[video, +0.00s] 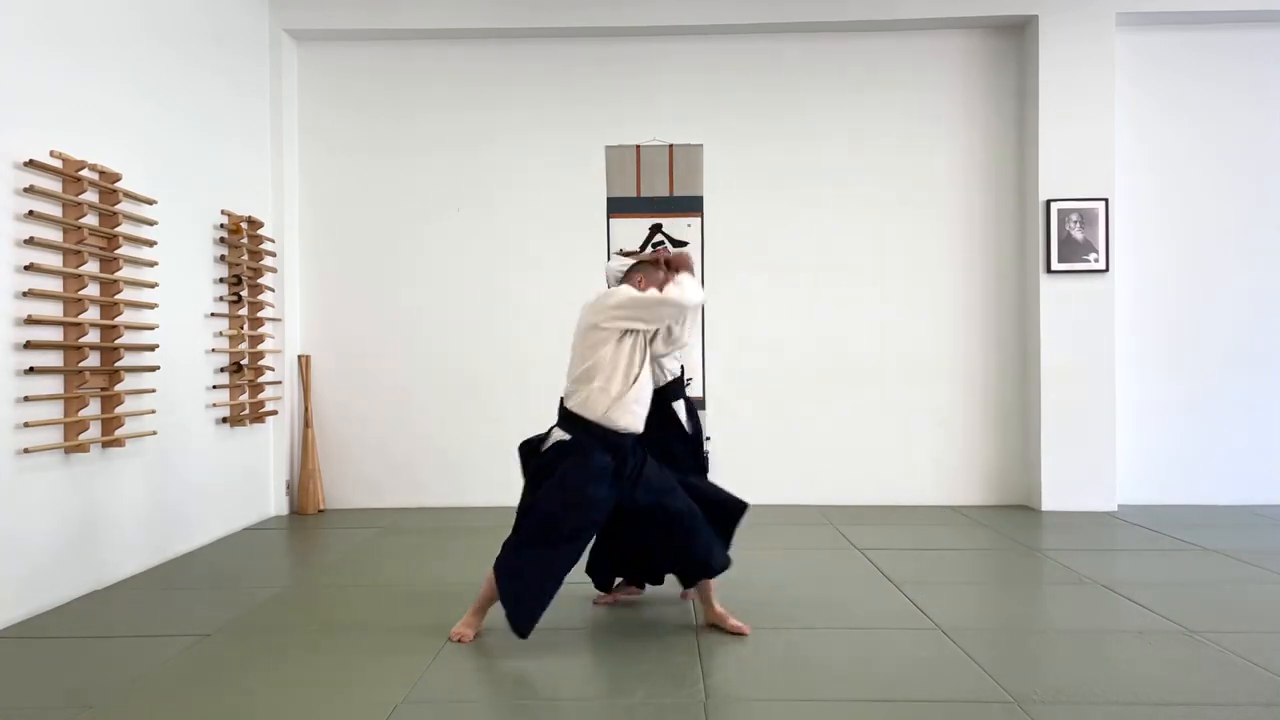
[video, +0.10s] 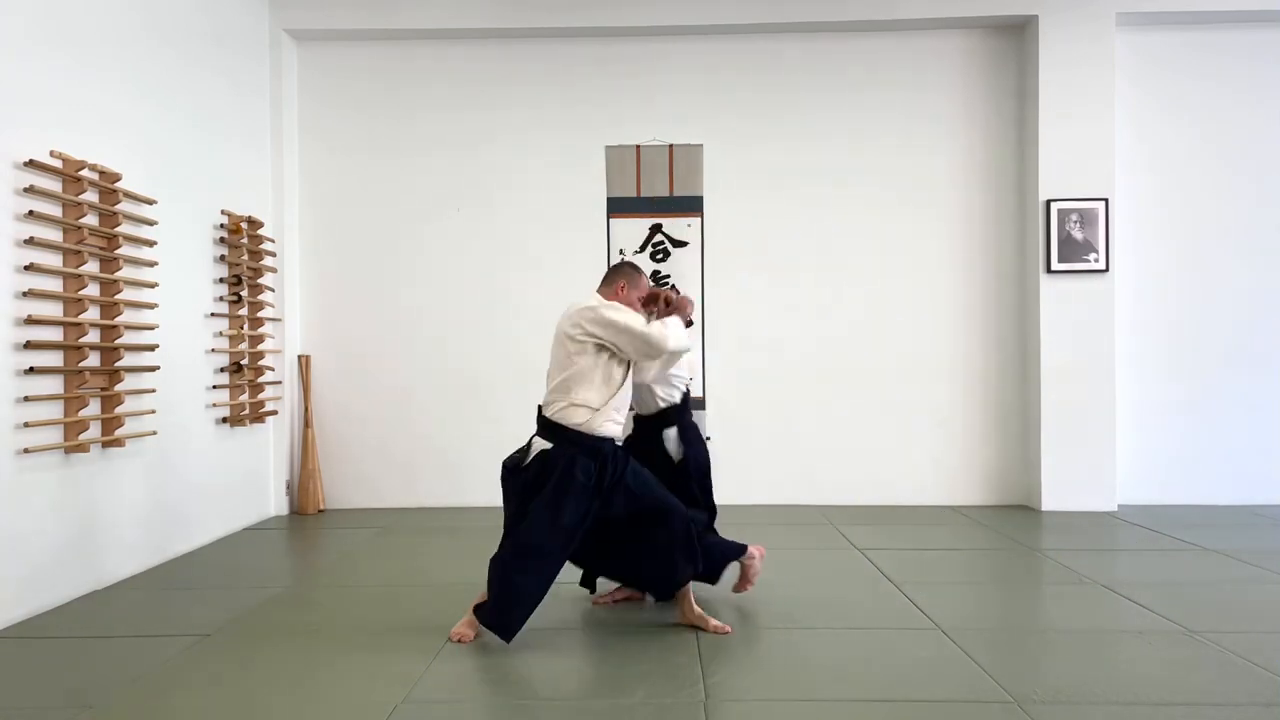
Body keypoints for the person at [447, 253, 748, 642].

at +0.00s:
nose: (663, 292)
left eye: (665, 285)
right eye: (661, 283)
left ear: (646, 286)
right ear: (638, 279)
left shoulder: (641, 323)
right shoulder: (606, 305)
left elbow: (674, 343)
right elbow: (686, 303)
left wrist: (686, 280)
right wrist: (682, 271)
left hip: (627, 448)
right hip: (581, 443)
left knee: (686, 518)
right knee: (535, 532)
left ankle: (711, 608)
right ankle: (477, 613)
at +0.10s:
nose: (643, 309)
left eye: (646, 302)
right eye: (641, 299)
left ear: (615, 289)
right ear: (621, 290)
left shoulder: (615, 325)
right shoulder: (590, 314)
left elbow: (646, 368)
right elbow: (657, 341)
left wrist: (656, 315)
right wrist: (681, 321)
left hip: (608, 453)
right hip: (567, 449)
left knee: (670, 518)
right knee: (531, 540)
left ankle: (687, 608)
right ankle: (477, 614)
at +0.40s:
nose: (676, 333)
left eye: (679, 326)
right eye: (674, 323)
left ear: (650, 315)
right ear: (649, 313)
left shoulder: (649, 356)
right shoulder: (597, 343)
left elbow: (651, 409)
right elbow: (601, 408)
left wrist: (677, 428)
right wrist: (658, 438)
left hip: (612, 453)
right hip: (558, 450)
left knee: (667, 522)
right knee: (519, 533)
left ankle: (699, 614)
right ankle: (472, 615)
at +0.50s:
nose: (701, 372)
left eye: (705, 366)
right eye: (699, 364)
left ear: (681, 353)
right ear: (674, 347)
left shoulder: (682, 384)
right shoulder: (616, 362)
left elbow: (697, 443)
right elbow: (612, 437)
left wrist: (713, 475)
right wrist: (669, 485)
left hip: (628, 454)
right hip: (571, 446)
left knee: (683, 517)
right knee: (515, 522)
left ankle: (699, 613)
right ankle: (463, 613)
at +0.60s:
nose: (713, 407)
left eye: (720, 401)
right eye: (711, 397)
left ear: (718, 393)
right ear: (689, 378)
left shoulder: (704, 411)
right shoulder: (635, 381)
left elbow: (723, 470)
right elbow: (605, 446)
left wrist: (749, 533)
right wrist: (634, 515)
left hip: (652, 464)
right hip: (590, 449)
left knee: (695, 528)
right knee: (522, 521)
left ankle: (700, 614)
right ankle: (454, 606)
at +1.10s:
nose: (636, 317)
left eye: (642, 310)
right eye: (631, 308)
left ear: (644, 309)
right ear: (609, 299)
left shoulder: (642, 347)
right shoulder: (566, 339)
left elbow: (661, 401)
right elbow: (536, 398)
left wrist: (666, 457)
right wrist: (537, 463)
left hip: (611, 440)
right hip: (562, 437)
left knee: (649, 502)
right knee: (538, 511)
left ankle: (679, 602)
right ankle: (520, 591)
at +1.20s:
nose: (622, 293)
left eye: (626, 286)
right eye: (615, 285)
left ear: (628, 288)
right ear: (592, 283)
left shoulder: (626, 333)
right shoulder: (557, 328)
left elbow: (635, 393)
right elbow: (535, 394)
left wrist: (632, 447)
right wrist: (547, 454)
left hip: (600, 432)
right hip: (552, 430)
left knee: (635, 493)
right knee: (537, 510)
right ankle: (520, 589)